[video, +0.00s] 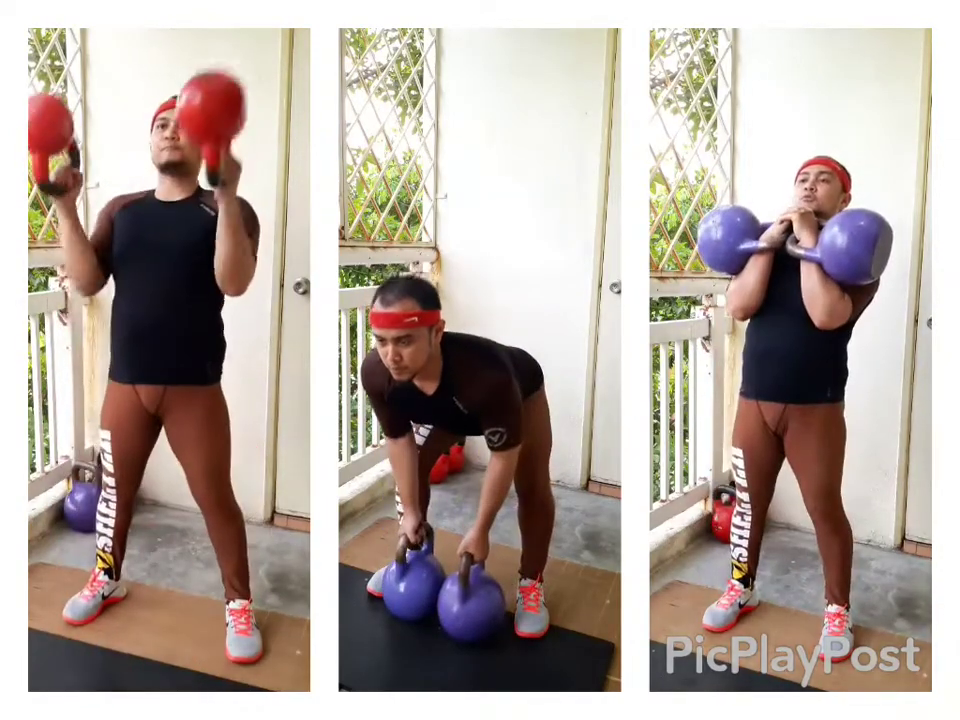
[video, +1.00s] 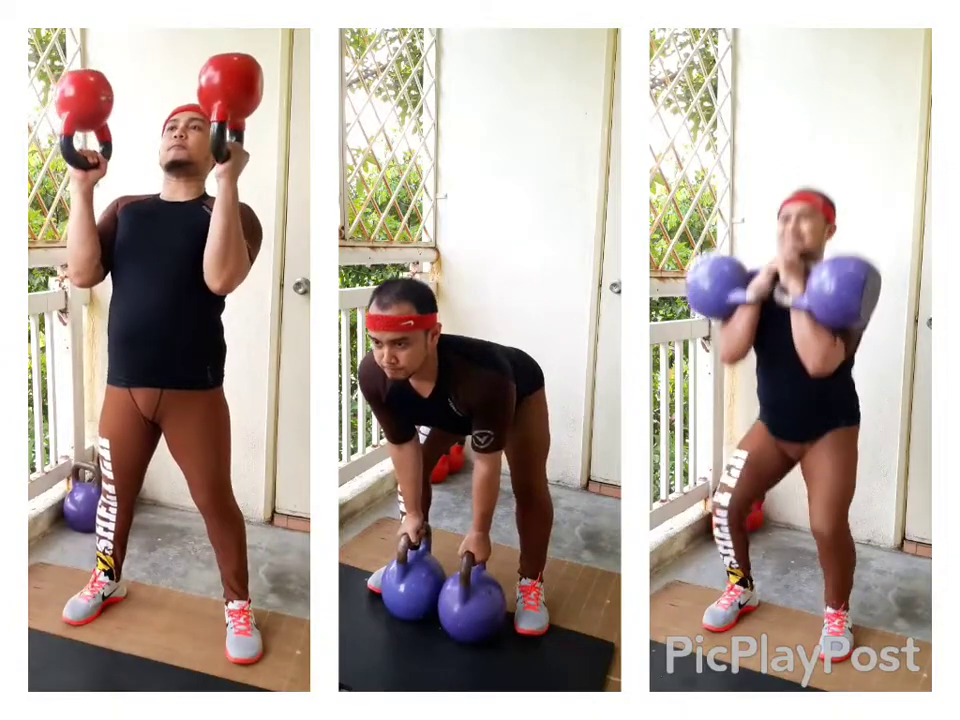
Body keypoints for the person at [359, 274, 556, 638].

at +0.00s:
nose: (392, 355)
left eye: (405, 341)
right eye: (382, 342)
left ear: (437, 332)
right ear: (373, 338)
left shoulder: (486, 374)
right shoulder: (376, 374)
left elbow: (504, 455)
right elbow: (398, 441)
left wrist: (481, 531)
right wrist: (409, 510)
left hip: (513, 391)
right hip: (446, 401)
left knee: (533, 488)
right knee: (413, 471)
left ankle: (531, 584)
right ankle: (410, 563)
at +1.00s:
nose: (387, 358)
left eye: (401, 344)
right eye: (377, 344)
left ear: (433, 335)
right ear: (369, 338)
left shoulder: (484, 379)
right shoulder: (374, 376)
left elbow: (486, 463)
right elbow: (403, 444)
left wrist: (479, 532)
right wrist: (412, 512)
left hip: (514, 390)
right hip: (451, 398)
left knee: (530, 486)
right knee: (415, 470)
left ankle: (531, 583)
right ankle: (410, 563)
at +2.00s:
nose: (389, 350)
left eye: (403, 336)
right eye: (380, 335)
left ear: (435, 330)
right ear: (371, 331)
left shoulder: (485, 379)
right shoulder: (374, 373)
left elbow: (488, 462)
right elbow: (404, 442)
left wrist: (479, 532)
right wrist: (412, 512)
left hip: (515, 389)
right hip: (453, 399)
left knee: (530, 487)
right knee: (415, 470)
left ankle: (531, 582)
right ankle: (409, 563)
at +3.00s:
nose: (386, 357)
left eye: (399, 344)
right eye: (376, 343)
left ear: (432, 335)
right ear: (368, 338)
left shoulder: (483, 380)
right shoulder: (373, 378)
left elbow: (497, 466)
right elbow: (394, 447)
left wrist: (485, 535)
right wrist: (407, 514)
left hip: (513, 392)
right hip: (448, 401)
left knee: (533, 487)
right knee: (412, 469)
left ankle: (531, 583)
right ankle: (408, 563)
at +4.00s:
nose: (391, 319)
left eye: (404, 305)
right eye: (380, 305)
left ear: (435, 293)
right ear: (372, 300)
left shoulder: (482, 328)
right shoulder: (375, 330)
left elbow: (543, 343)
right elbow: (404, 362)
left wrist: (500, 407)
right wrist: (409, 396)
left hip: (510, 391)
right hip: (445, 395)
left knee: (536, 483)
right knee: (409, 460)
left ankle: (531, 582)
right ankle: (413, 552)